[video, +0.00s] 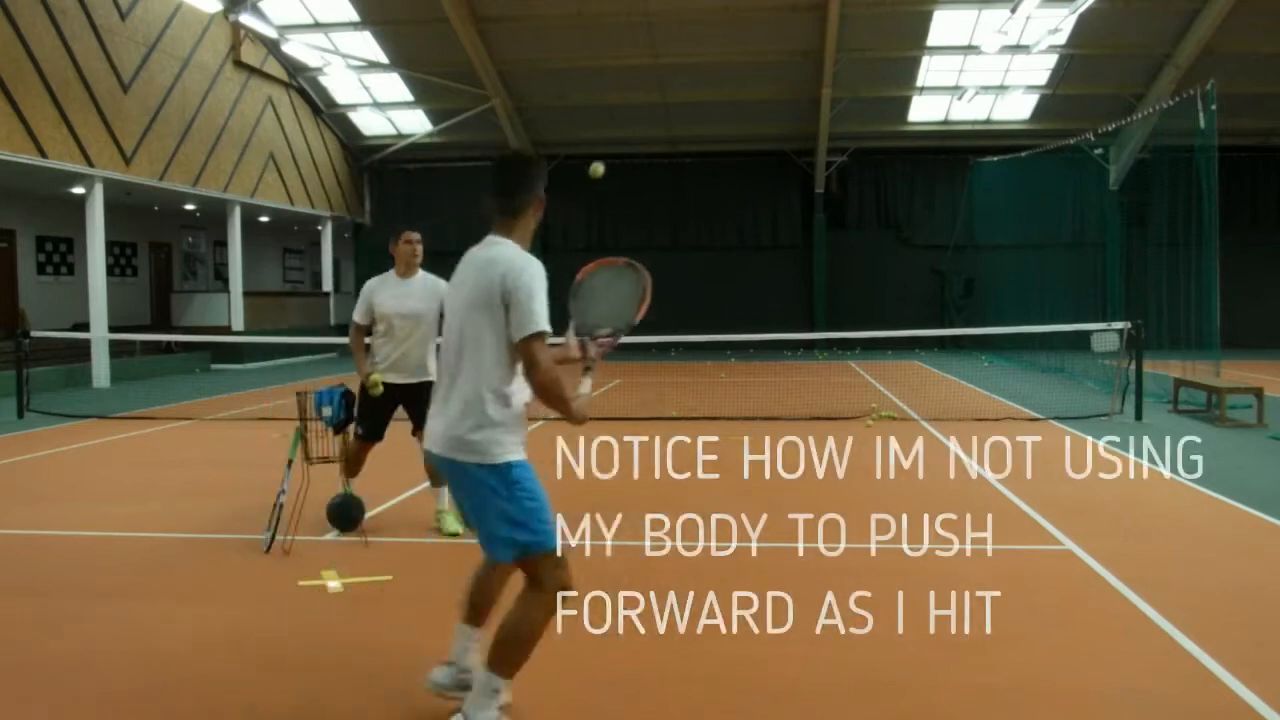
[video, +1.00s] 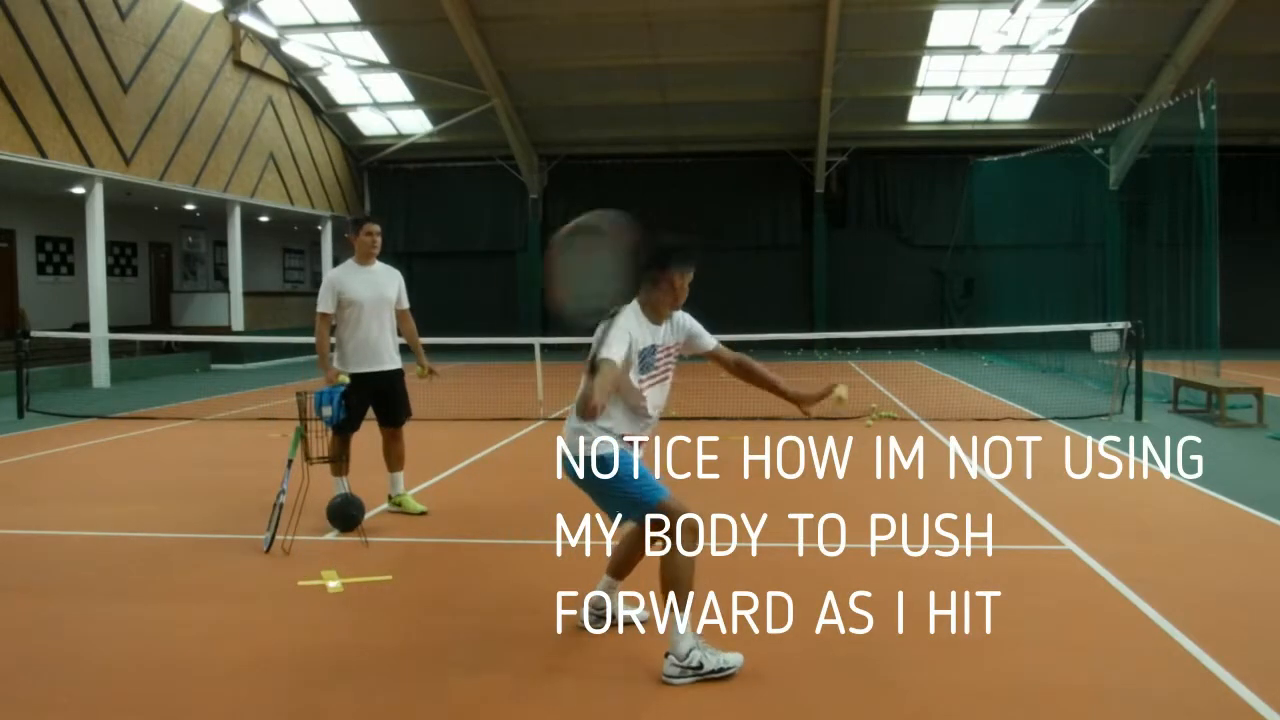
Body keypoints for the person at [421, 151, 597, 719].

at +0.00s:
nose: (545, 205)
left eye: (541, 196)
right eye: (545, 197)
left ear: (493, 202)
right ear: (539, 203)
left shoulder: (470, 263)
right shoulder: (520, 268)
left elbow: (486, 356)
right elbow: (538, 368)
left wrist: (563, 353)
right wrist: (573, 409)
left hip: (448, 442)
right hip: (488, 447)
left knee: (501, 550)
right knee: (551, 580)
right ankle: (482, 706)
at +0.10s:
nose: (569, 222)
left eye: (563, 214)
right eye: (569, 214)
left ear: (520, 216)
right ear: (563, 219)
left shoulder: (502, 275)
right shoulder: (545, 283)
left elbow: (528, 367)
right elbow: (569, 383)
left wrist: (598, 362)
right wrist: (606, 413)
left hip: (489, 451)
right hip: (514, 458)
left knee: (557, 548)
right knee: (544, 596)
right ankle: (481, 710)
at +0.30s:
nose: (619, 232)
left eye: (615, 224)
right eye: (619, 225)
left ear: (572, 231)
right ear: (613, 230)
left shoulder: (570, 287)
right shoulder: (582, 292)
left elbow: (613, 364)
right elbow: (628, 378)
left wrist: (679, 346)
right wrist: (689, 390)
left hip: (577, 455)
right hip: (561, 463)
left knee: (635, 532)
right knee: (575, 595)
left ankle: (612, 657)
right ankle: (481, 705)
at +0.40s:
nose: (641, 226)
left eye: (638, 218)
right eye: (640, 217)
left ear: (601, 221)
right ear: (632, 222)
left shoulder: (619, 278)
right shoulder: (591, 277)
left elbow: (661, 335)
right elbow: (635, 343)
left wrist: (718, 313)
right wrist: (712, 345)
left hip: (599, 436)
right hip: (573, 440)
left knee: (650, 535)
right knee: (618, 561)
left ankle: (612, 655)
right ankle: (522, 673)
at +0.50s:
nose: (657, 217)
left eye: (656, 210)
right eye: (657, 209)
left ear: (625, 209)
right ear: (649, 210)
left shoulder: (644, 264)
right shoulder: (602, 257)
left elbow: (695, 319)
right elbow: (631, 298)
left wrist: (737, 280)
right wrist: (717, 295)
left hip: (608, 415)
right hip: (582, 416)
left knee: (643, 525)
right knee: (643, 526)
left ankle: (613, 640)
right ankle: (598, 654)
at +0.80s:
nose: (684, 279)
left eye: (686, 271)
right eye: (676, 269)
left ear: (685, 278)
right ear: (652, 271)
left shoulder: (679, 313)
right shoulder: (623, 304)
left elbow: (730, 343)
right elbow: (590, 335)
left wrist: (793, 344)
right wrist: (634, 315)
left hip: (624, 443)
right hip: (598, 445)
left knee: (638, 522)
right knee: (694, 524)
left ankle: (599, 605)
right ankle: (686, 652)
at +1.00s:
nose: (686, 289)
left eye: (688, 281)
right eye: (680, 280)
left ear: (680, 285)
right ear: (656, 281)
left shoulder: (678, 321)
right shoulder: (624, 324)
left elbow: (733, 362)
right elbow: (607, 368)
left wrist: (795, 396)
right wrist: (595, 396)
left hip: (621, 446)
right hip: (593, 446)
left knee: (649, 521)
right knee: (680, 524)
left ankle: (599, 603)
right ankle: (683, 650)